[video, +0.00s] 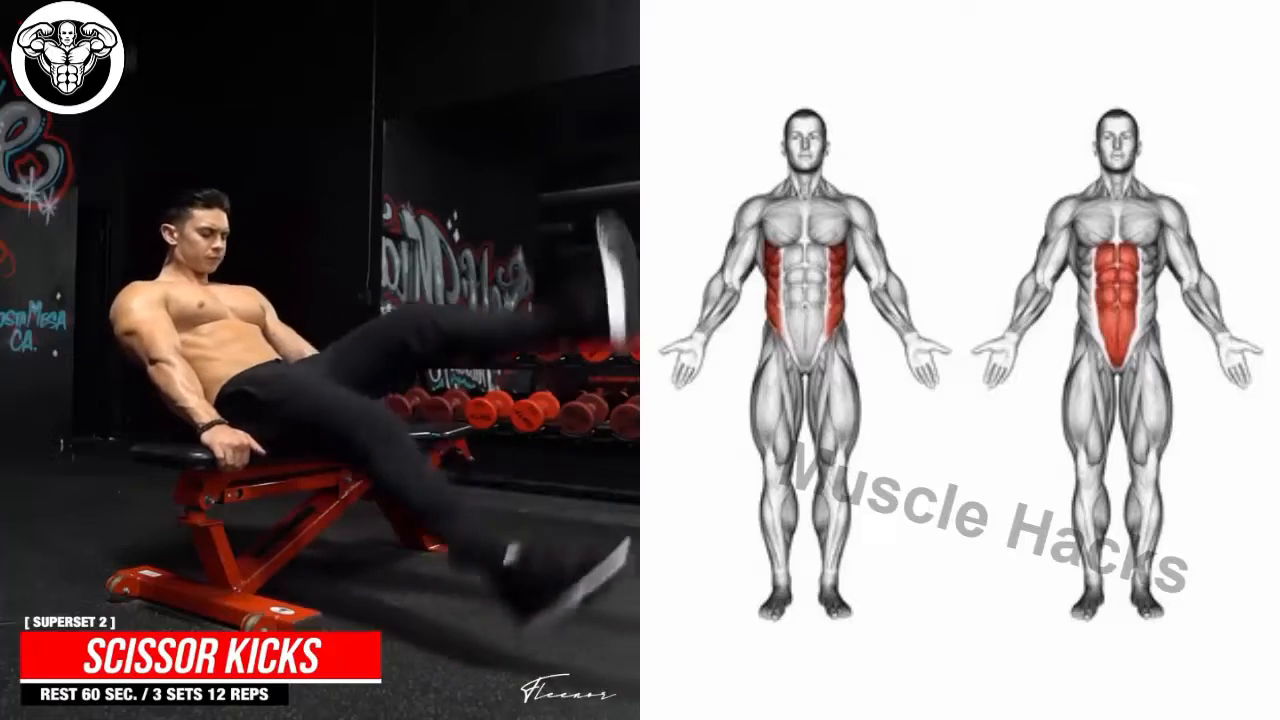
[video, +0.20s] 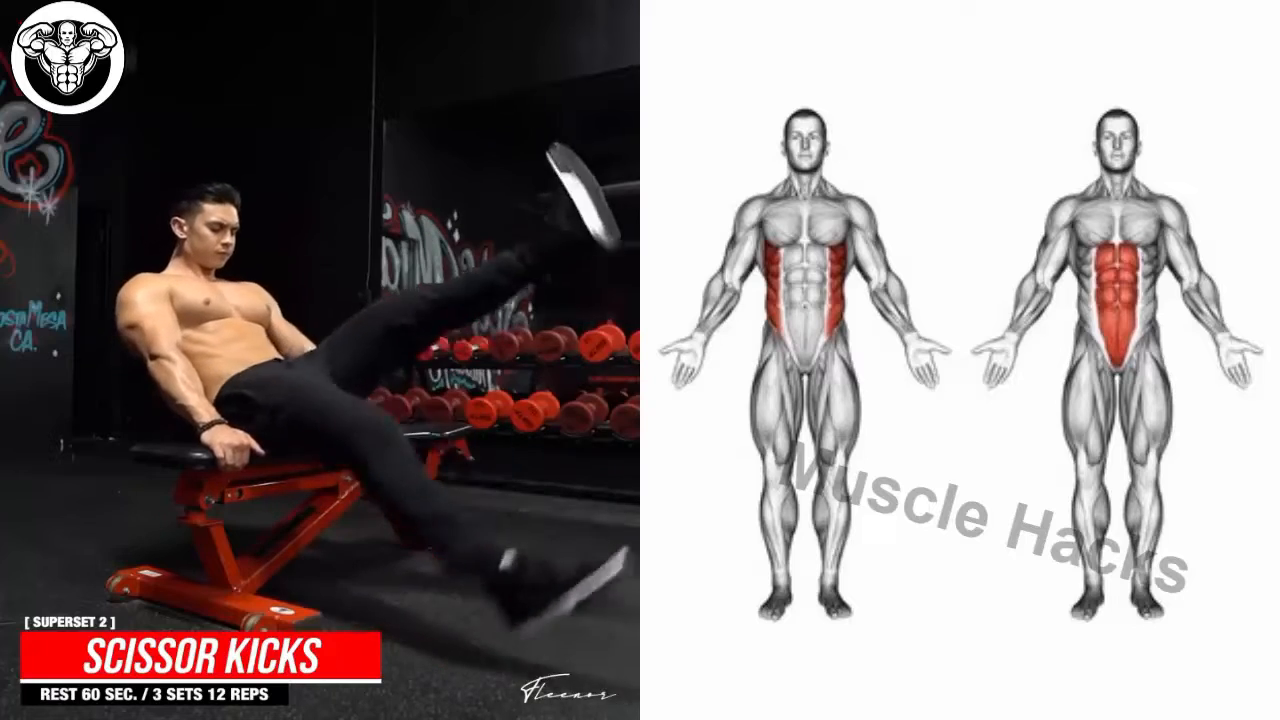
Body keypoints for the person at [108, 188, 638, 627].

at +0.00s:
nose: (217, 244)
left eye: (222, 235)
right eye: (206, 233)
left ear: (222, 240)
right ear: (170, 234)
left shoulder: (246, 296)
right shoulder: (140, 297)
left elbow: (309, 355)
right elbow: (163, 364)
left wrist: (371, 388)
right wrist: (208, 424)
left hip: (305, 380)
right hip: (249, 393)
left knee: (409, 324)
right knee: (373, 426)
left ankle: (567, 317)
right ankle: (507, 567)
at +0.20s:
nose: (227, 240)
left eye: (232, 231)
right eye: (216, 229)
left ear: (231, 234)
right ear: (179, 229)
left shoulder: (251, 293)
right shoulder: (145, 291)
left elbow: (311, 356)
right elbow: (166, 361)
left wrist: (366, 387)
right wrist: (210, 422)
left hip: (303, 376)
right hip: (251, 392)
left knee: (399, 310)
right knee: (374, 434)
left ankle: (562, 244)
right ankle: (507, 577)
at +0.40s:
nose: (217, 242)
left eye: (222, 233)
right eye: (205, 231)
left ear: (225, 240)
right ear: (170, 235)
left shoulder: (250, 293)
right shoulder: (140, 296)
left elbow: (300, 359)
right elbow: (162, 361)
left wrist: (361, 416)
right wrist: (210, 424)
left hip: (306, 399)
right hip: (247, 402)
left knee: (423, 358)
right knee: (365, 340)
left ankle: (562, 425)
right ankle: (531, 344)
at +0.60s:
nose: (214, 239)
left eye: (219, 230)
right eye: (201, 229)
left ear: (222, 236)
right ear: (167, 233)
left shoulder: (248, 292)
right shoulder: (140, 295)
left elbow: (314, 321)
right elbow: (160, 364)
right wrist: (206, 424)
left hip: (302, 392)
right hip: (242, 389)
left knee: (433, 432)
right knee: (329, 279)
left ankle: (517, 587)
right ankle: (465, 190)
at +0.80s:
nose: (209, 237)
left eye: (214, 228)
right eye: (195, 227)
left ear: (218, 235)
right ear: (163, 234)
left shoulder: (246, 295)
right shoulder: (140, 295)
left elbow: (298, 347)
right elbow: (165, 359)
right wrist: (209, 423)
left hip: (298, 399)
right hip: (240, 398)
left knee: (418, 391)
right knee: (326, 295)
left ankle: (556, 495)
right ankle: (510, 255)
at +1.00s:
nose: (212, 236)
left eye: (216, 227)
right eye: (199, 227)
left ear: (219, 237)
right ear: (166, 236)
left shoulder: (249, 295)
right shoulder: (143, 293)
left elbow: (310, 354)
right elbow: (168, 359)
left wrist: (364, 416)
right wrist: (210, 424)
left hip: (298, 378)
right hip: (241, 394)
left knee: (389, 312)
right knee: (372, 369)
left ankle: (540, 263)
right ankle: (547, 464)